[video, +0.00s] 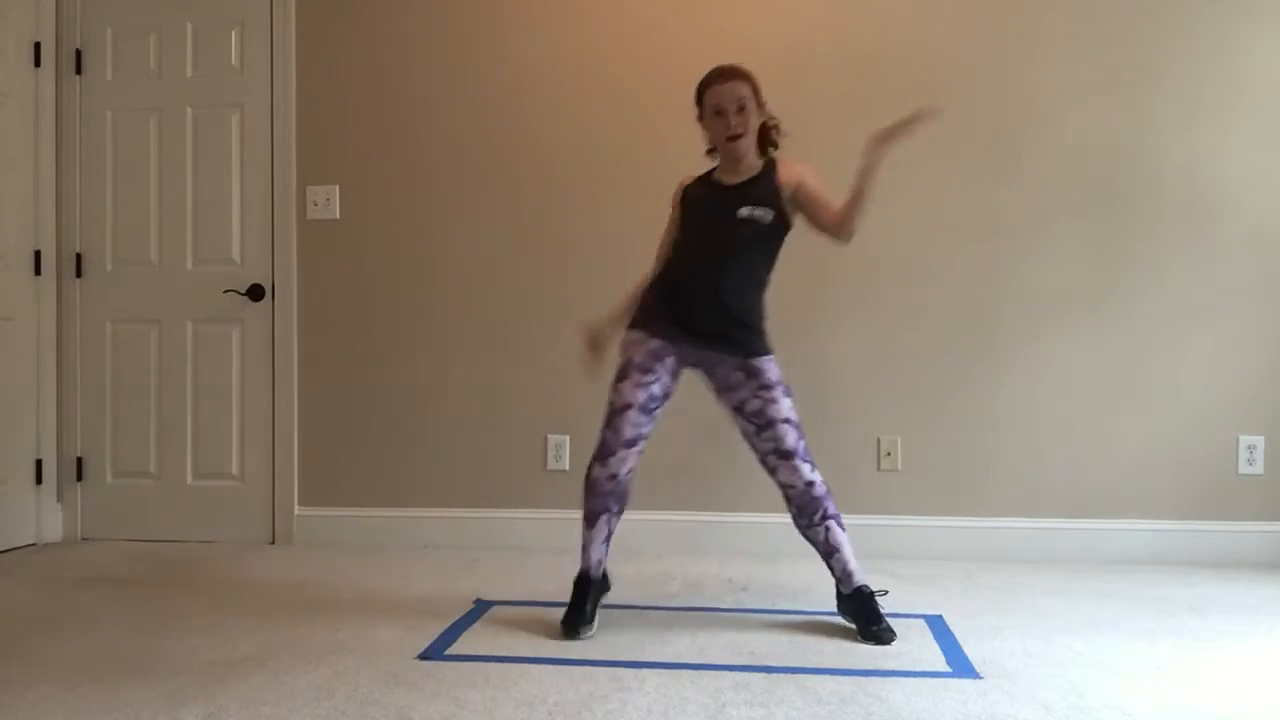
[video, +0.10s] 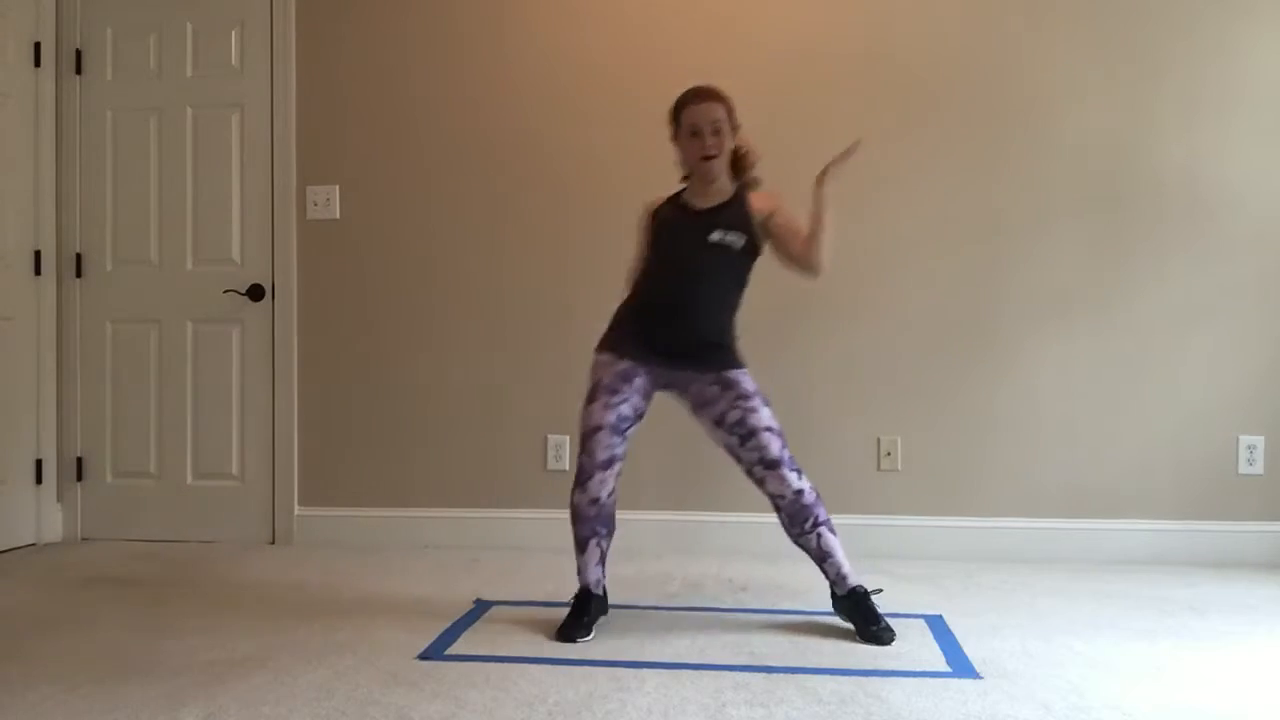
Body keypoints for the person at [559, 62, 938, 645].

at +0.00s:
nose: (731, 121)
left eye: (741, 108)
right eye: (718, 113)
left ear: (761, 113)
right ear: (703, 124)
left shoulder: (784, 180)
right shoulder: (689, 193)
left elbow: (842, 227)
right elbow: (663, 269)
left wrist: (873, 155)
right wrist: (612, 324)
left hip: (736, 341)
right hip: (659, 330)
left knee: (793, 467)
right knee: (612, 457)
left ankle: (853, 589)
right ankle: (590, 579)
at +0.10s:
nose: (707, 141)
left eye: (717, 130)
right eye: (695, 132)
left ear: (734, 136)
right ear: (676, 142)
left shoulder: (756, 207)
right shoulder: (657, 215)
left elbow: (810, 260)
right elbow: (639, 282)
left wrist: (822, 189)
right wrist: (624, 341)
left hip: (709, 361)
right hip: (632, 352)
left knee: (778, 472)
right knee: (593, 475)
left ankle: (847, 590)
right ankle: (590, 593)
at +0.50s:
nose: (672, 136)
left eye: (680, 125)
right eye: (659, 126)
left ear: (689, 130)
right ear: (633, 131)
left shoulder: (706, 193)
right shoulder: (609, 200)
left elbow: (735, 266)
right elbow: (555, 262)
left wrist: (761, 335)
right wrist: (542, 190)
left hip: (728, 340)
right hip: (660, 348)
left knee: (753, 453)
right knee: (628, 469)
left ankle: (734, 530)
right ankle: (594, 592)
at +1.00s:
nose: (687, 135)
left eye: (697, 124)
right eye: (676, 126)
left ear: (714, 127)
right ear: (662, 133)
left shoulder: (734, 199)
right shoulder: (642, 190)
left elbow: (743, 280)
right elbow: (627, 263)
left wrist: (771, 214)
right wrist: (609, 324)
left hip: (700, 342)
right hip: (638, 338)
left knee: (714, 449)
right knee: (637, 450)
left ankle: (709, 546)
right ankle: (639, 550)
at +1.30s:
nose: (689, 109)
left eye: (698, 98)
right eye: (676, 99)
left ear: (711, 100)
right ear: (654, 102)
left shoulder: (729, 164)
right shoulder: (631, 167)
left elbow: (762, 245)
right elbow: (596, 244)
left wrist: (813, 305)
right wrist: (532, 230)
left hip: (734, 308)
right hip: (669, 315)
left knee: (754, 425)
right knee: (657, 432)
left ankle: (785, 557)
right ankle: (659, 543)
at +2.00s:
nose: (650, 130)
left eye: (661, 120)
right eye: (638, 120)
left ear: (680, 128)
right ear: (623, 129)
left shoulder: (698, 203)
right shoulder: (600, 196)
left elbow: (718, 277)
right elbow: (569, 278)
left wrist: (751, 209)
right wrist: (529, 350)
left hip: (658, 357)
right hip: (587, 351)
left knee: (710, 469)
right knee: (567, 469)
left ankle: (759, 592)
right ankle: (552, 593)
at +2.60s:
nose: (699, 137)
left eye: (709, 125)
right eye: (688, 127)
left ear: (727, 127)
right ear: (673, 130)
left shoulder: (749, 190)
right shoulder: (654, 191)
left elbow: (782, 270)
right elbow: (617, 263)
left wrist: (842, 314)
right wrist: (567, 220)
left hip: (737, 340)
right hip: (672, 337)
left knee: (750, 457)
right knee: (625, 424)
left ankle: (756, 550)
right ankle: (614, 556)